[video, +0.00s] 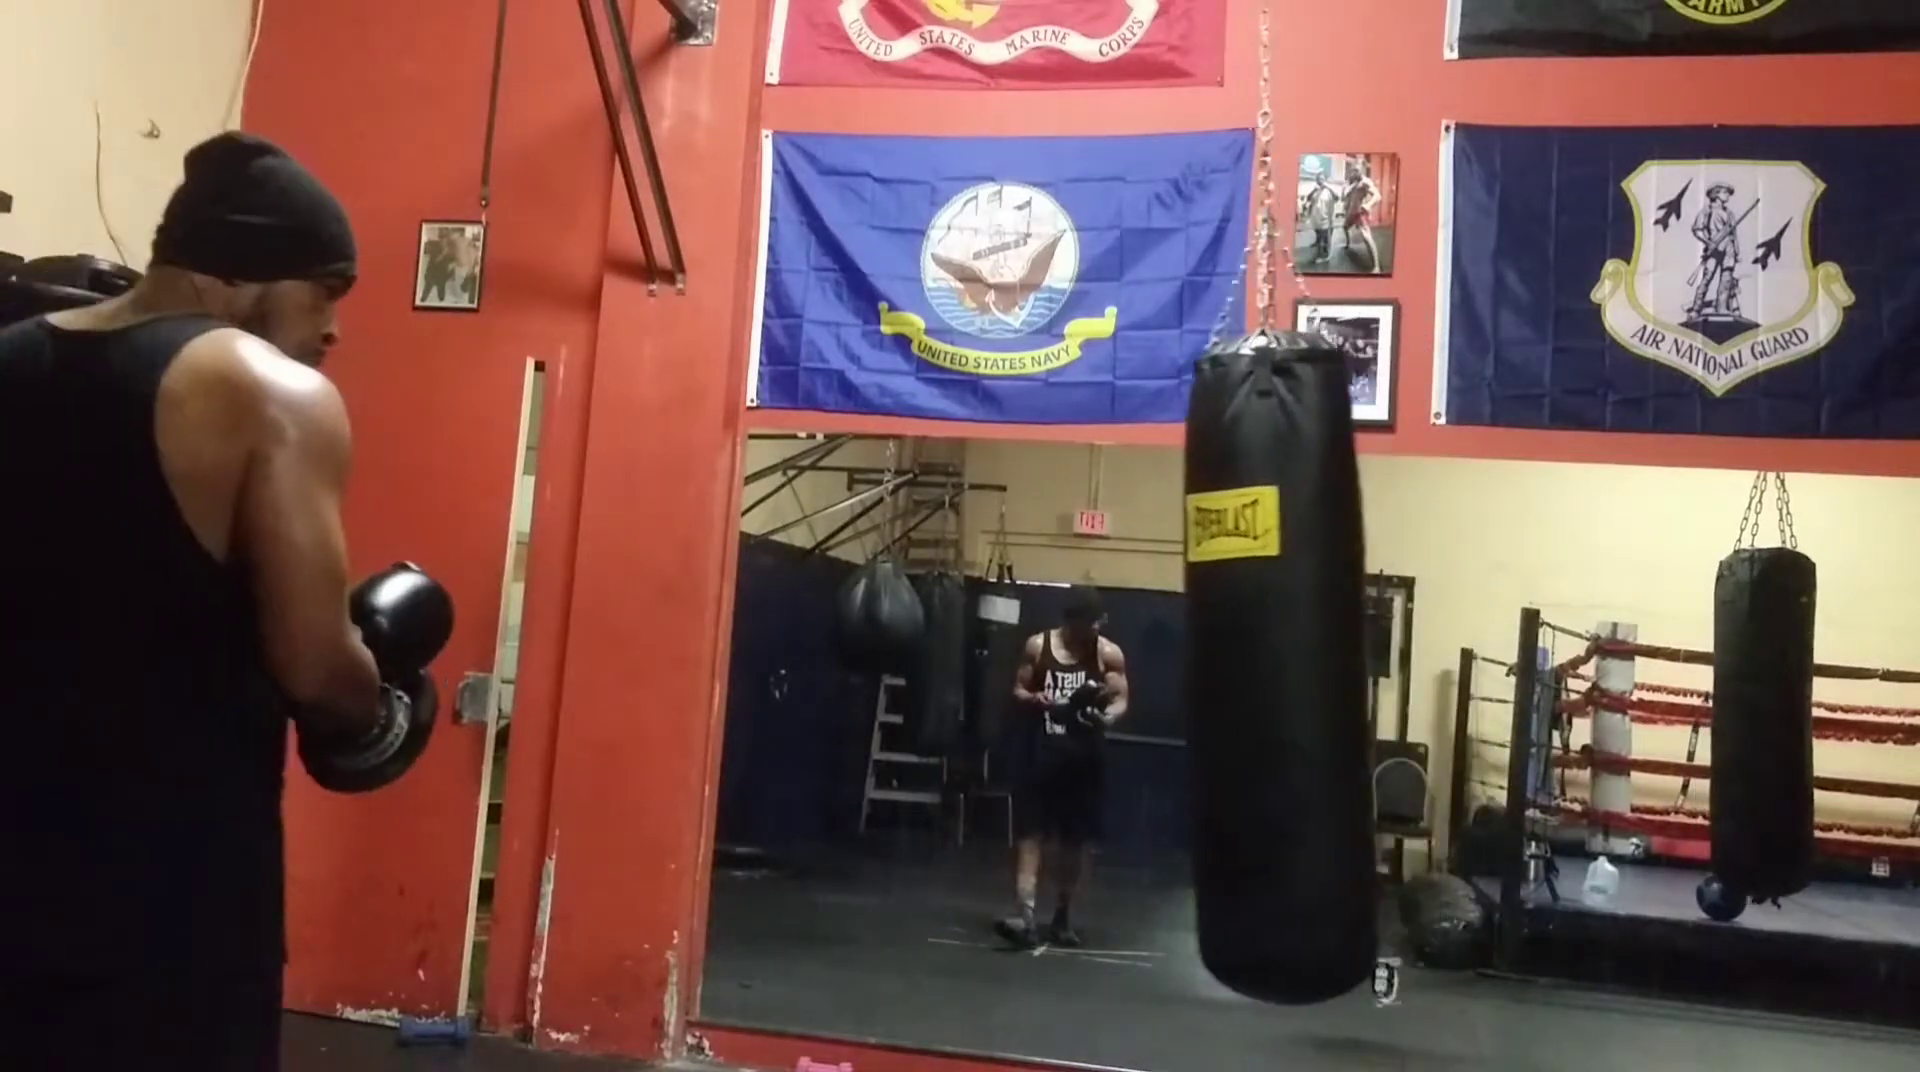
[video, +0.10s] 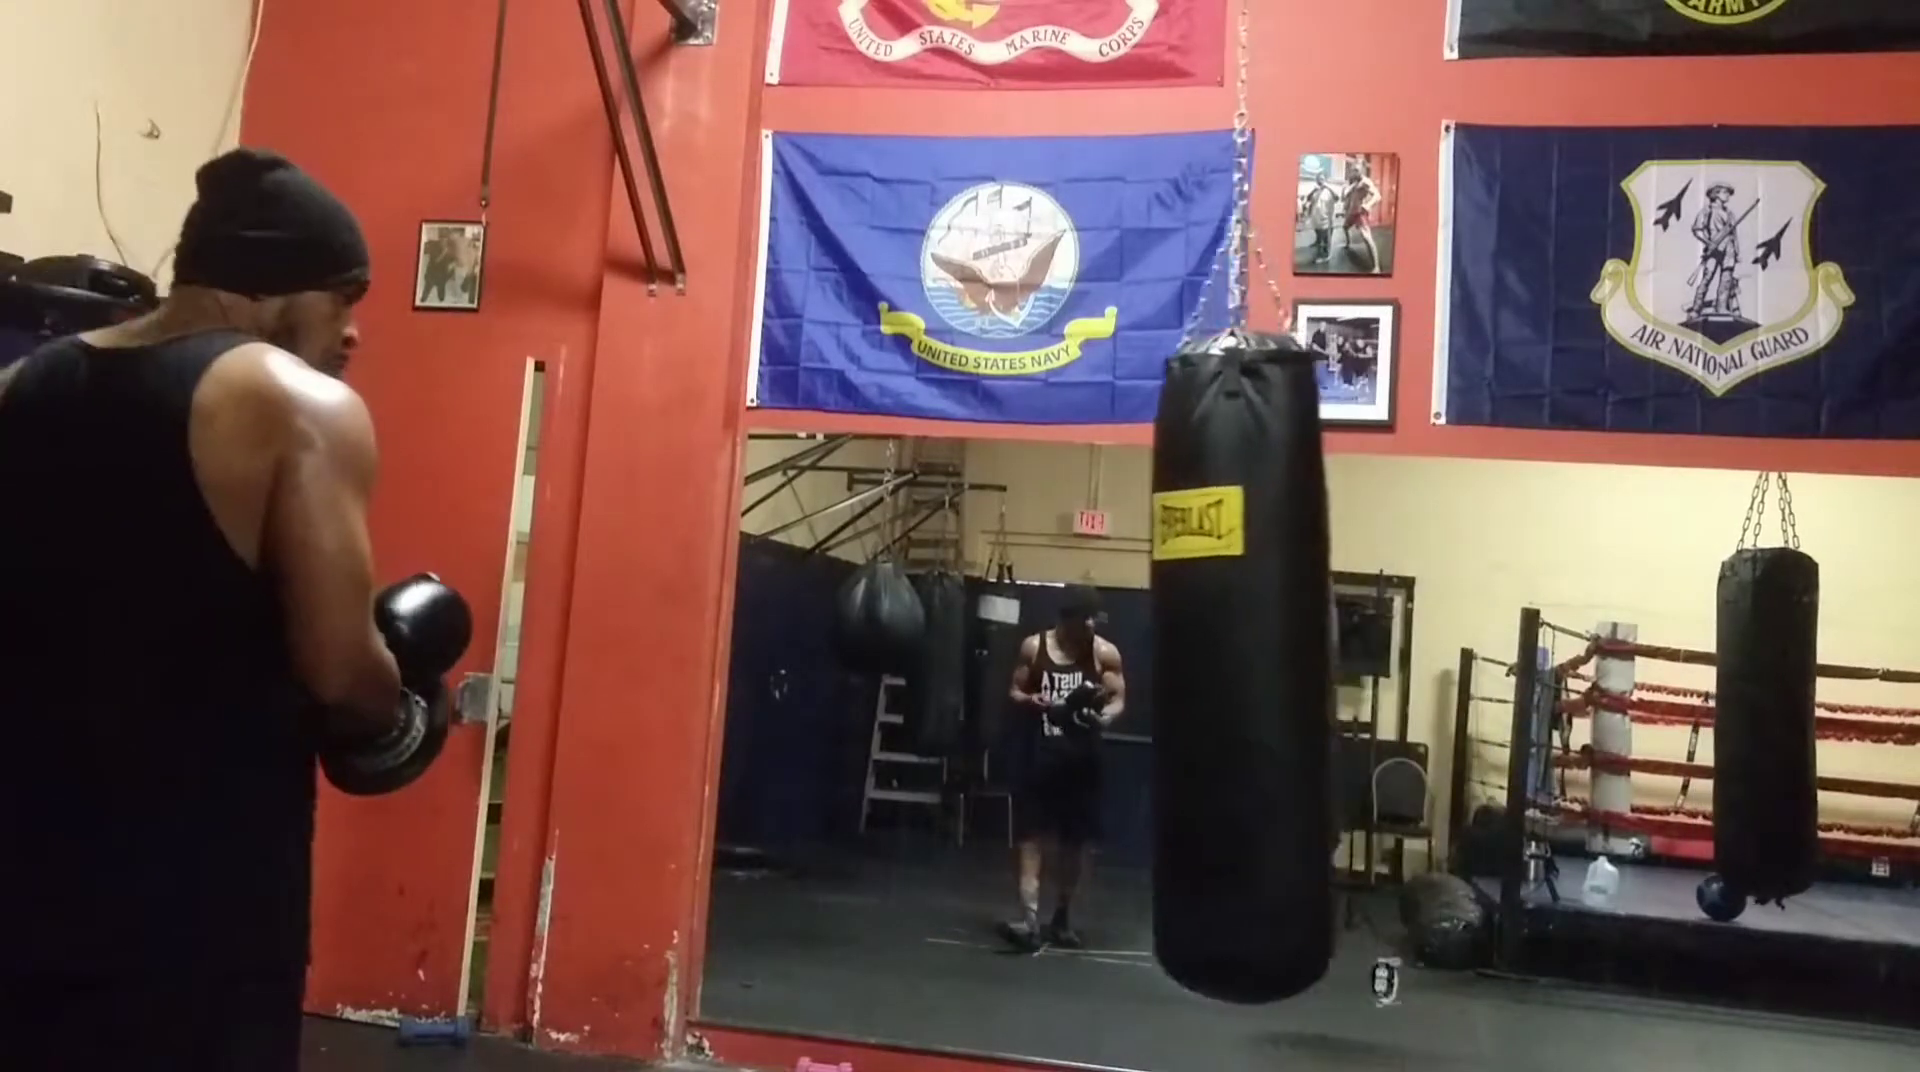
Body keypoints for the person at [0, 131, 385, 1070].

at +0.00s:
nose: (334, 332)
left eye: (340, 299)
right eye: (325, 293)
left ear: (189, 267)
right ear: (238, 277)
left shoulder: (23, 350)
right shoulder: (275, 395)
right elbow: (314, 666)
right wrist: (370, 710)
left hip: (16, 824)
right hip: (175, 855)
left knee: (36, 1035)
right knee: (183, 1044)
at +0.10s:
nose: (352, 334)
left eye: (355, 306)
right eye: (343, 301)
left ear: (199, 275)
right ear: (271, 288)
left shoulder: (31, 379)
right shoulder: (303, 405)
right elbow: (341, 667)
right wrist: (389, 708)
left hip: (30, 828)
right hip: (199, 856)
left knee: (42, 1037)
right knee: (204, 1045)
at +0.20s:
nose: (366, 340)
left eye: (367, 313)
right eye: (356, 310)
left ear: (211, 288)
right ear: (295, 303)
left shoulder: (49, 411)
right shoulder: (325, 417)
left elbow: (24, 637)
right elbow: (362, 660)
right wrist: (413, 704)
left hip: (74, 834)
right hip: (239, 854)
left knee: (70, 1044)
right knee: (238, 1047)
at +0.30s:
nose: (378, 348)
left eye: (379, 322)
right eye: (368, 320)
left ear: (236, 297)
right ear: (308, 312)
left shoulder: (79, 425)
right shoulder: (341, 422)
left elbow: (25, 644)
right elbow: (383, 659)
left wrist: (162, 646)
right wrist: (433, 703)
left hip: (112, 845)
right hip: (272, 860)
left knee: (104, 1051)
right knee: (270, 1051)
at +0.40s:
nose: (388, 365)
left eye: (392, 341)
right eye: (383, 338)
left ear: (255, 309)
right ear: (327, 325)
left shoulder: (104, 430)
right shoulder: (355, 425)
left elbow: (44, 646)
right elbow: (397, 658)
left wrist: (180, 646)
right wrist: (445, 711)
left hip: (136, 840)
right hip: (296, 850)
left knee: (128, 1047)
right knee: (303, 1048)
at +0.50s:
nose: (400, 387)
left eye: (405, 366)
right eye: (398, 363)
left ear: (275, 322)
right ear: (357, 344)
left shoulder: (122, 435)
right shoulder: (370, 435)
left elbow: (64, 649)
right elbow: (413, 660)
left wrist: (200, 658)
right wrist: (457, 714)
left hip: (152, 841)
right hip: (313, 854)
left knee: (145, 1048)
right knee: (332, 1048)